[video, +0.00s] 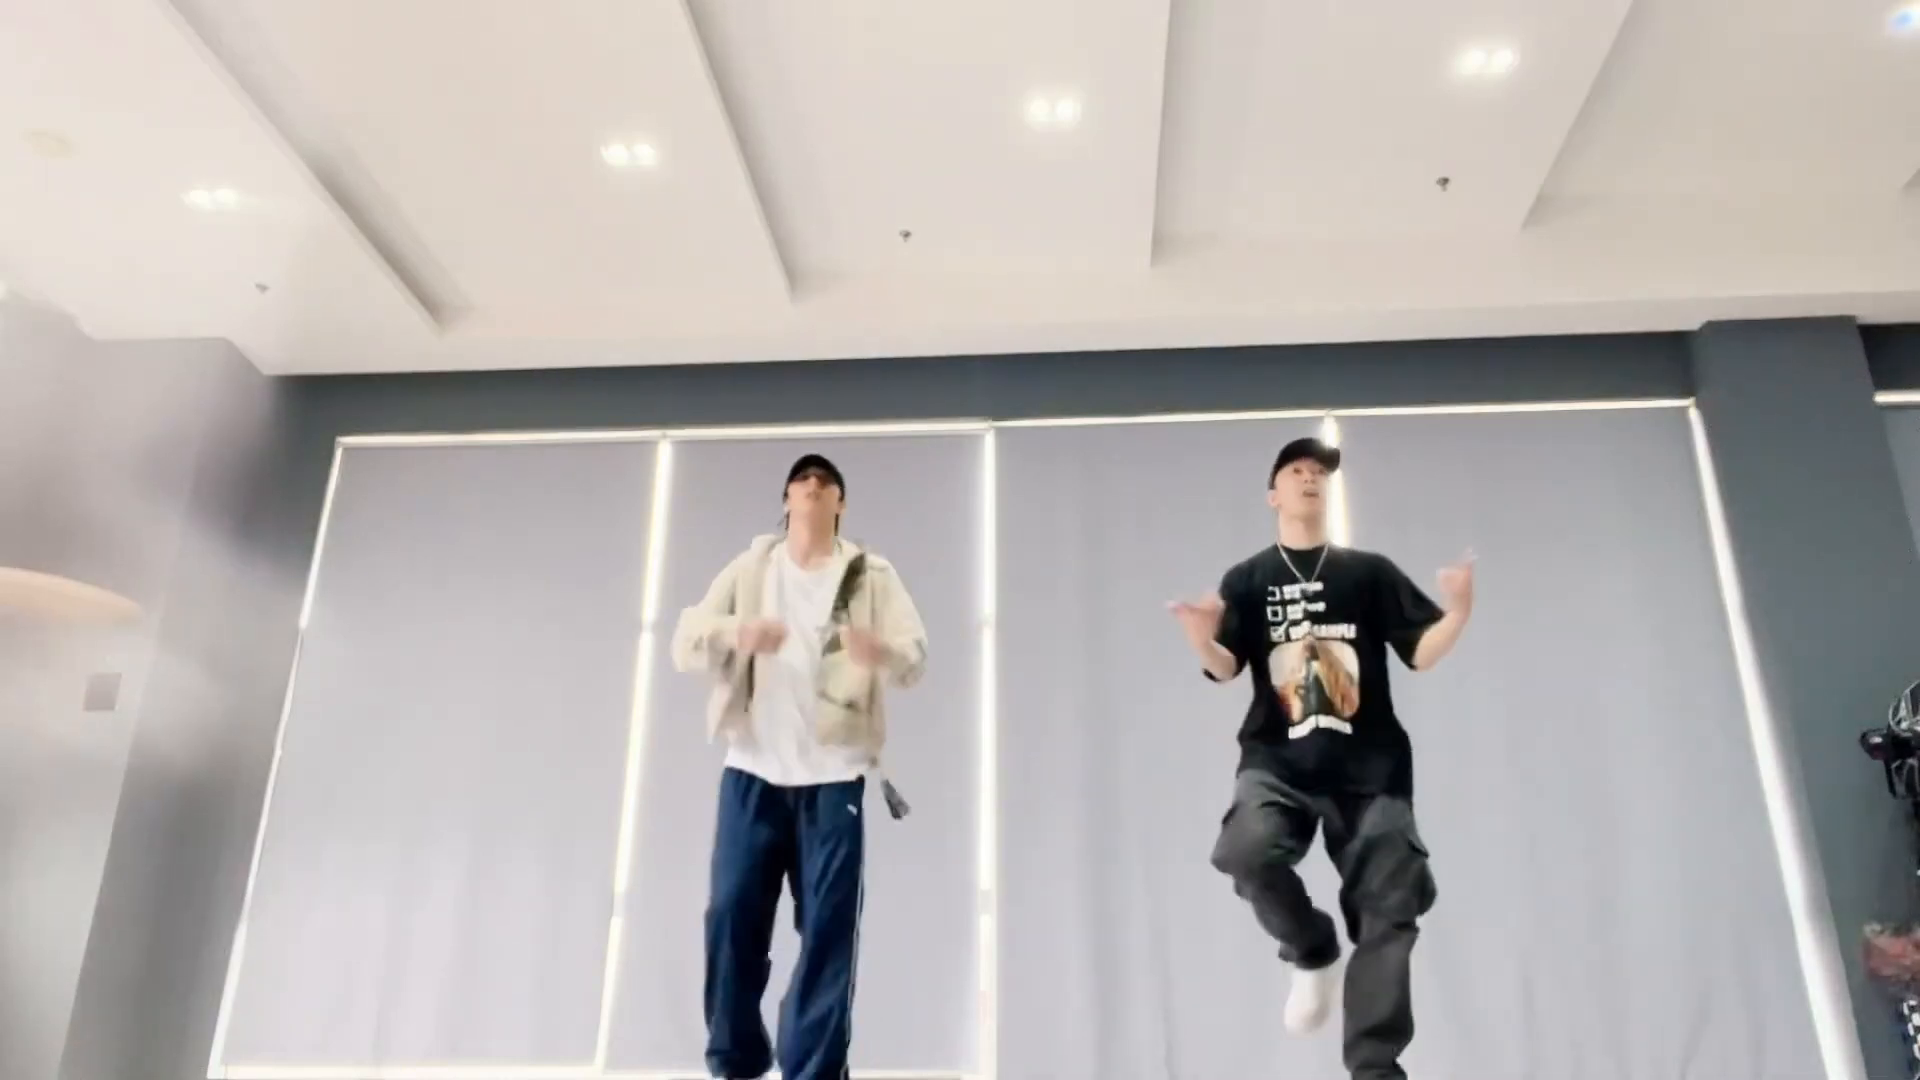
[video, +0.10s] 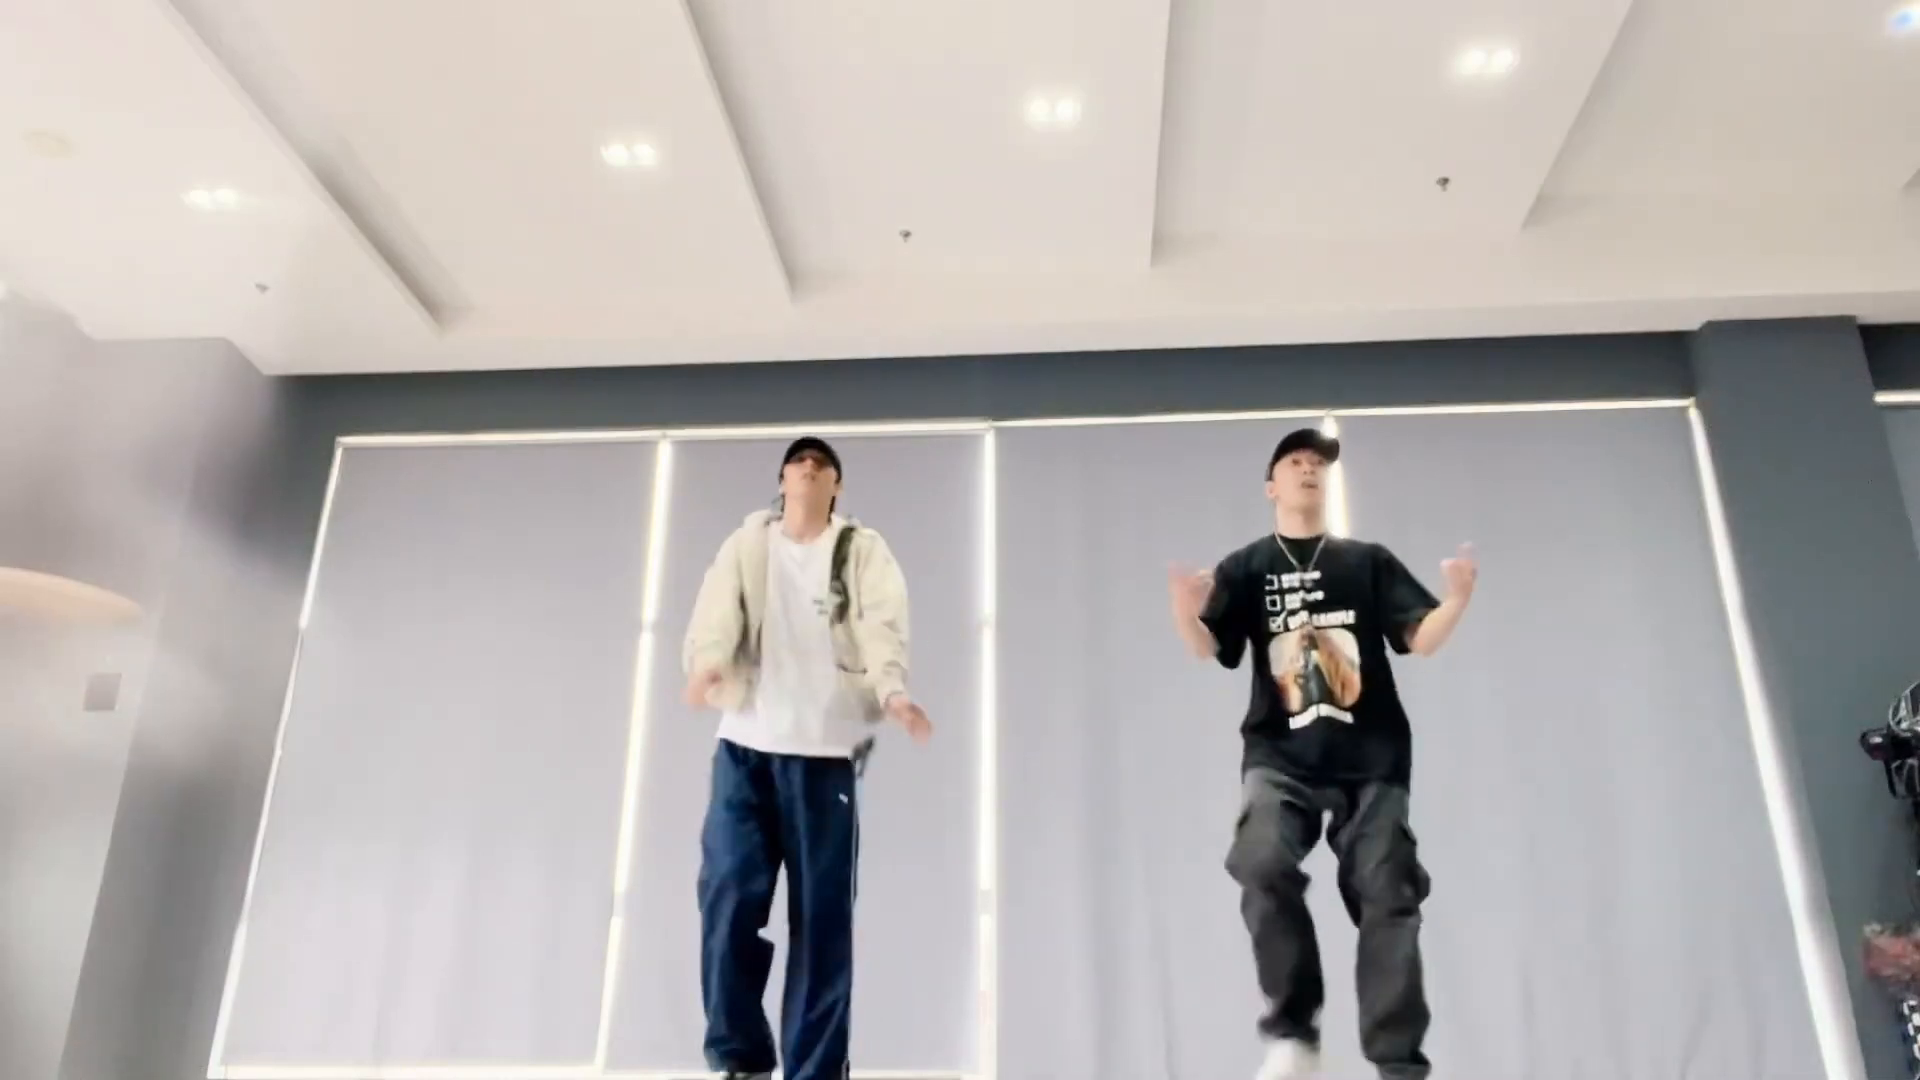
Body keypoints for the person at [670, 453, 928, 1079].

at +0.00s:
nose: (812, 488)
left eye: (824, 483)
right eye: (801, 481)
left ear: (841, 506)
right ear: (785, 503)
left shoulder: (872, 574)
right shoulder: (751, 565)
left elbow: (915, 661)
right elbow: (686, 641)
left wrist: (879, 652)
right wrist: (734, 636)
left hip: (833, 776)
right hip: (751, 771)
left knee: (827, 927)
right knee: (731, 915)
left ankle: (816, 1069)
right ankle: (734, 1063)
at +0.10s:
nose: (809, 470)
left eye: (820, 464)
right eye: (798, 463)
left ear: (837, 486)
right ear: (781, 483)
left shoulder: (864, 548)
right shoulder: (747, 542)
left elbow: (882, 625)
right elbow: (718, 608)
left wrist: (893, 688)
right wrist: (707, 660)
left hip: (825, 755)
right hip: (744, 748)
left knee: (821, 918)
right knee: (728, 902)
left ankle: (816, 1068)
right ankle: (737, 1058)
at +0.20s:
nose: (801, 478)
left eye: (813, 472)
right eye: (791, 470)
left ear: (829, 493)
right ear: (773, 488)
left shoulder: (857, 559)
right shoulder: (736, 555)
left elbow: (888, 630)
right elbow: (703, 614)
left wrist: (896, 685)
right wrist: (694, 647)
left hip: (815, 759)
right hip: (735, 756)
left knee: (815, 917)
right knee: (739, 910)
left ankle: (809, 1069)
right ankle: (736, 1067)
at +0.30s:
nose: (799, 470)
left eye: (812, 465)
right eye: (788, 461)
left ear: (826, 489)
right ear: (768, 481)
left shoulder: (852, 549)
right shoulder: (731, 537)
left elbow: (922, 623)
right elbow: (651, 617)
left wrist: (898, 641)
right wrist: (681, 608)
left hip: (808, 753)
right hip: (728, 747)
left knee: (806, 913)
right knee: (734, 907)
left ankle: (811, 1070)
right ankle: (743, 1068)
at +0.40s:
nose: (794, 474)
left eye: (807, 470)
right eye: (783, 466)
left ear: (822, 495)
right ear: (763, 487)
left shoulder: (845, 559)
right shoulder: (722, 547)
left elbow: (858, 664)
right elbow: (676, 653)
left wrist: (874, 631)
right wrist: (691, 583)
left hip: (799, 752)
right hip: (718, 740)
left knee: (791, 921)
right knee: (700, 850)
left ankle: (803, 1069)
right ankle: (694, 1039)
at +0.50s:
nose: (802, 488)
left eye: (815, 484)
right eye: (791, 480)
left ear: (828, 509)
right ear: (769, 500)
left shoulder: (839, 586)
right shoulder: (720, 551)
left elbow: (834, 693)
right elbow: (652, 635)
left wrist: (850, 637)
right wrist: (689, 560)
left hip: (783, 770)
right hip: (695, 755)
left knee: (797, 912)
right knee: (633, 861)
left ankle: (792, 1067)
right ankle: (602, 998)